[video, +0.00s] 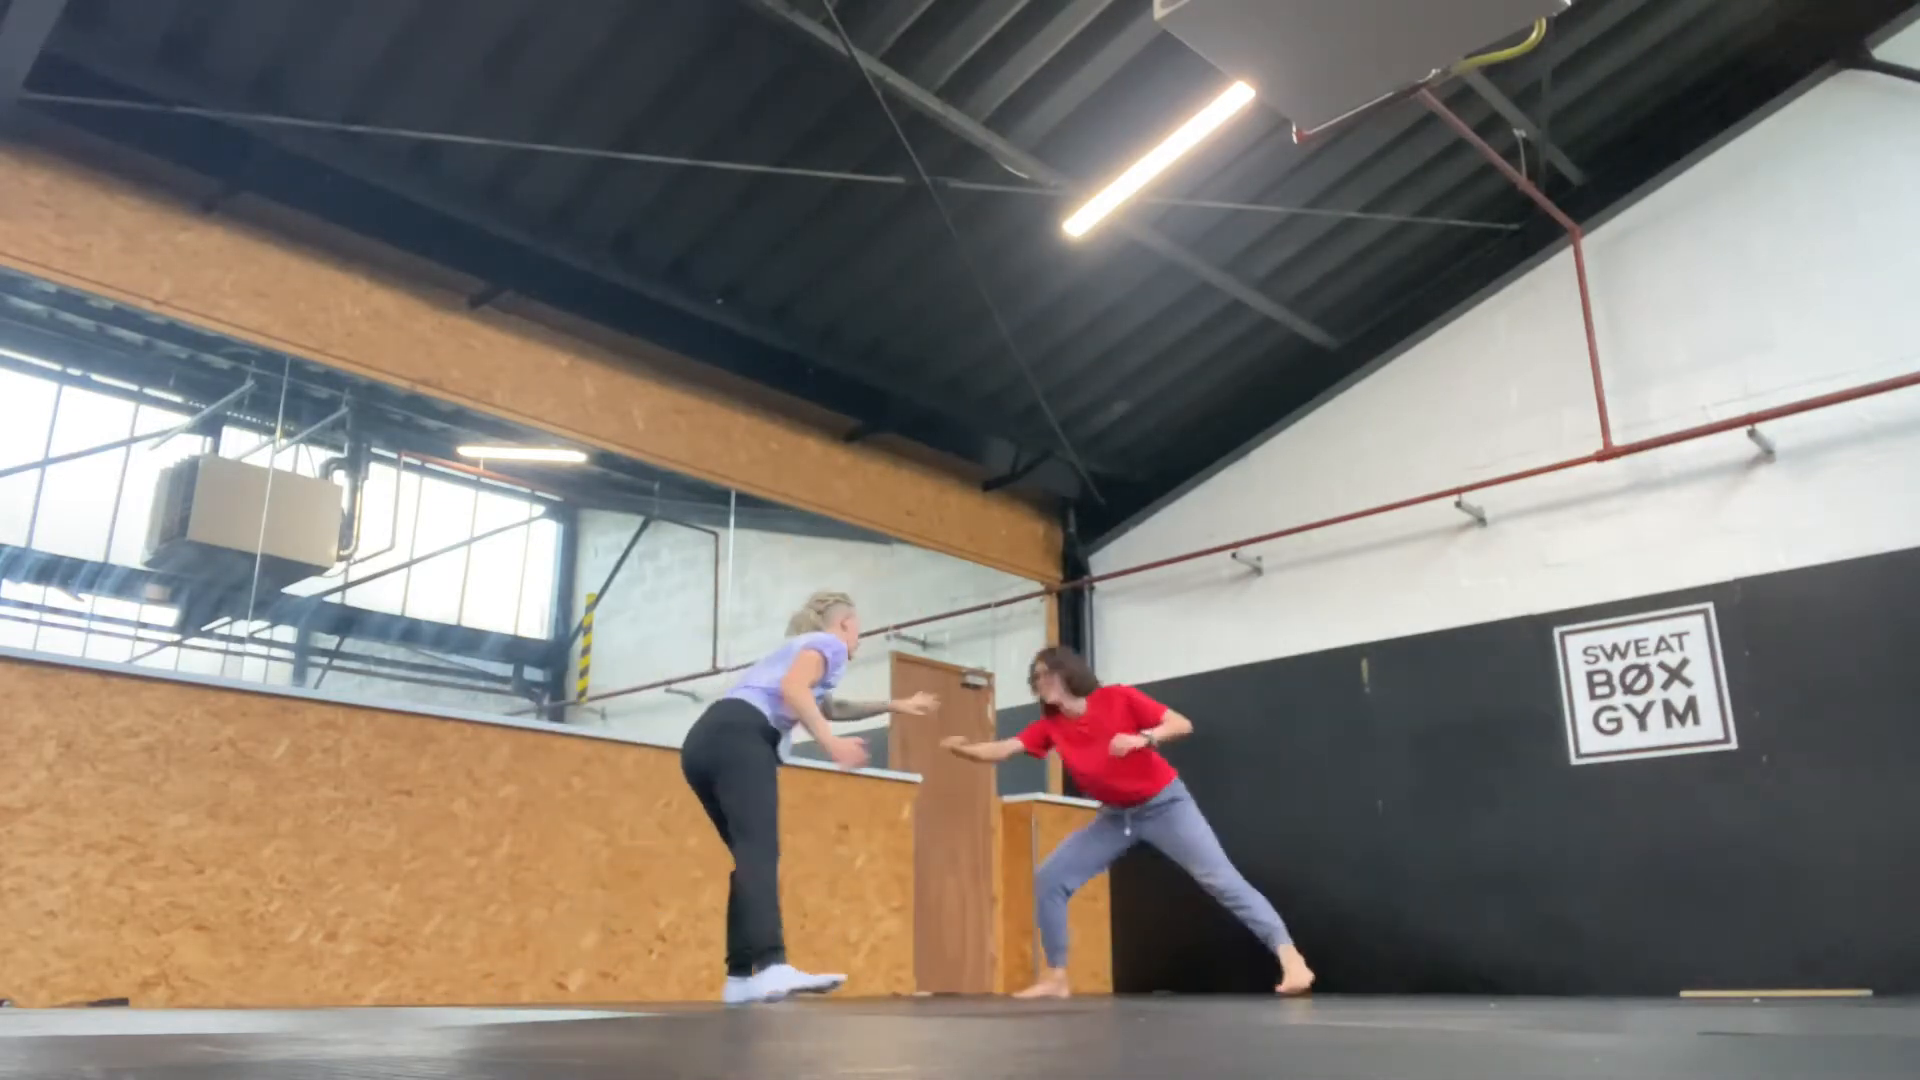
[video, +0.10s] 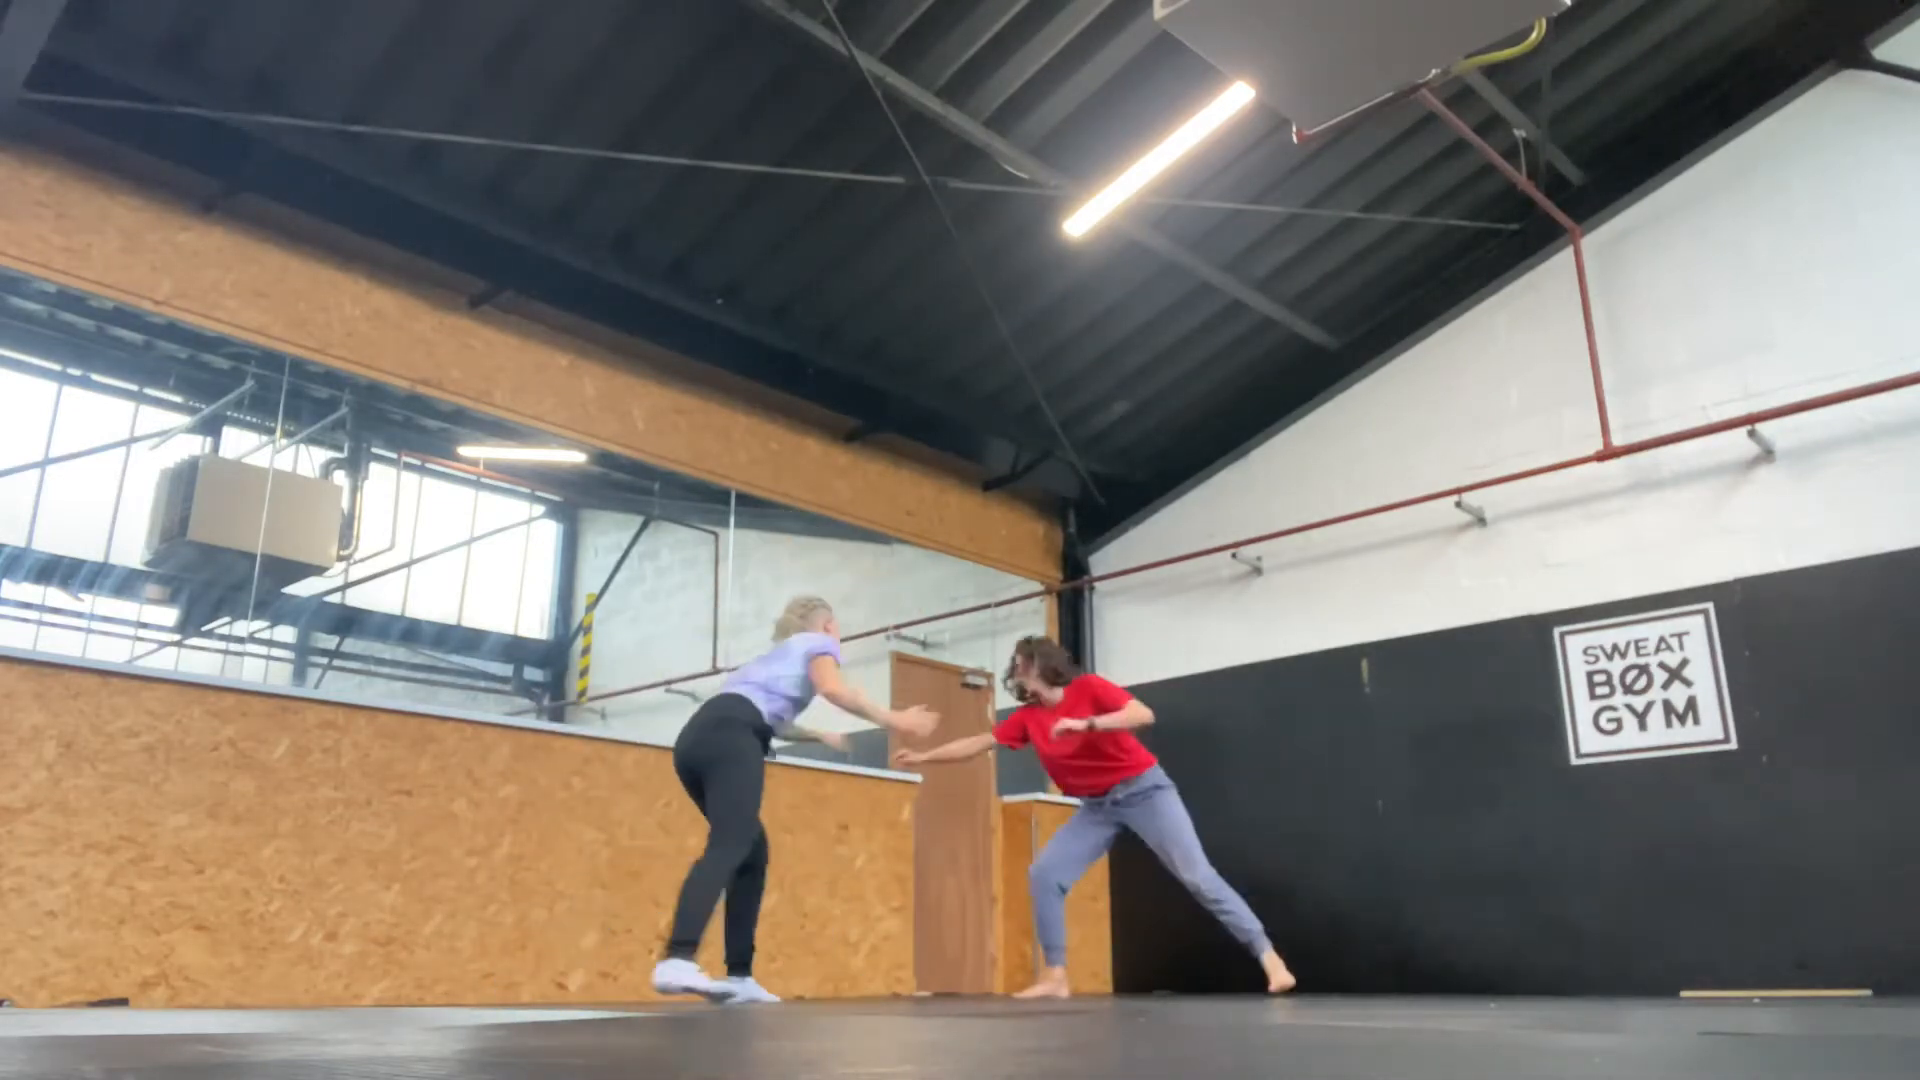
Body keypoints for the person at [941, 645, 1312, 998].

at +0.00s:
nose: (1038, 686)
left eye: (1043, 677)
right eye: (1036, 680)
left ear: (1065, 675)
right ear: (1043, 686)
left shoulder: (1117, 698)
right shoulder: (1050, 728)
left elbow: (1181, 725)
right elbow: (1002, 750)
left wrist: (1144, 736)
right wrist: (965, 747)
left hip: (1165, 806)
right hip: (1115, 818)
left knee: (1220, 880)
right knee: (1051, 878)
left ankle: (1292, 961)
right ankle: (1056, 978)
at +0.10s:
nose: (1019, 683)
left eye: (1023, 675)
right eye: (1017, 677)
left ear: (1046, 670)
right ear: (1025, 679)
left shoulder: (1088, 688)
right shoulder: (1026, 719)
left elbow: (1143, 714)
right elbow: (977, 743)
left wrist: (1091, 723)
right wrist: (925, 756)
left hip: (1144, 792)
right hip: (1096, 807)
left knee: (1196, 876)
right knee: (1045, 873)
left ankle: (1268, 958)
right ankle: (1055, 978)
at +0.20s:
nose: (1022, 687)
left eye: (1026, 677)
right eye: (1015, 680)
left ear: (1045, 666)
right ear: (1010, 676)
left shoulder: (1072, 676)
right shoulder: (1014, 713)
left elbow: (1086, 700)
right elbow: (974, 743)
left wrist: (1036, 696)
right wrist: (923, 771)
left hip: (1130, 782)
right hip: (1084, 799)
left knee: (1171, 877)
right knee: (1046, 872)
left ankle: (1223, 958)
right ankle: (1054, 978)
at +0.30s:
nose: (1011, 663)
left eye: (1017, 654)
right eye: (1008, 657)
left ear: (1039, 651)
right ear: (1007, 661)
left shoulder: (1069, 667)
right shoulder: (1021, 704)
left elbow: (1047, 677)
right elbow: (996, 743)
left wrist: (1006, 671)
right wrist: (964, 775)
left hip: (1119, 777)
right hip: (1073, 791)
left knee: (1147, 876)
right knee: (1050, 874)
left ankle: (1178, 951)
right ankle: (1055, 976)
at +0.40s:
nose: (1017, 653)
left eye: (1023, 642)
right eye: (1013, 648)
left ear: (1044, 639)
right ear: (1013, 653)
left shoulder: (1069, 661)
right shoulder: (1031, 694)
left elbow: (1039, 676)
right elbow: (1024, 736)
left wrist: (1007, 667)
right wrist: (1012, 766)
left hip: (1114, 780)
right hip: (1067, 790)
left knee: (1126, 882)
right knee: (1057, 878)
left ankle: (1144, 946)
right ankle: (1056, 975)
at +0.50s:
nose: (1033, 653)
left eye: (1038, 645)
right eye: (1027, 648)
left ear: (1053, 646)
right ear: (1022, 658)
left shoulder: (1076, 672)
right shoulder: (1035, 696)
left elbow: (1055, 708)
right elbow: (1051, 745)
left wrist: (1027, 688)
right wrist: (1046, 777)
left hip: (1110, 792)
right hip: (1064, 796)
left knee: (1112, 890)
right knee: (1055, 881)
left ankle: (1117, 966)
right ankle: (1055, 973)